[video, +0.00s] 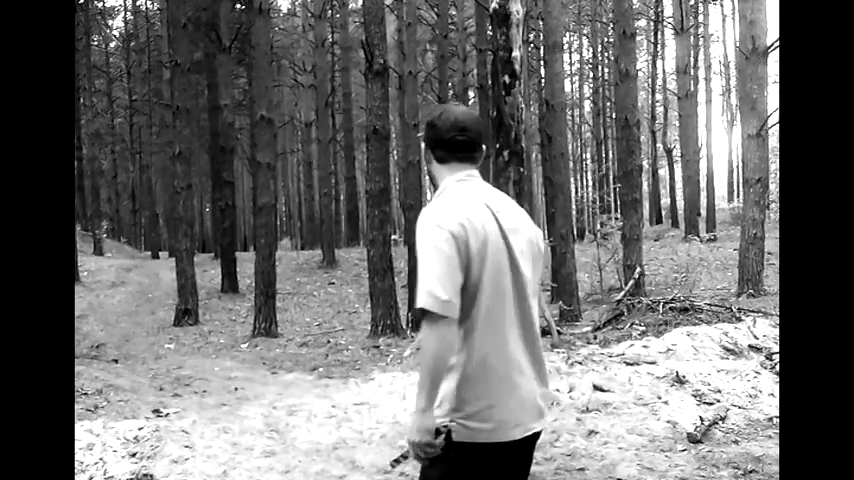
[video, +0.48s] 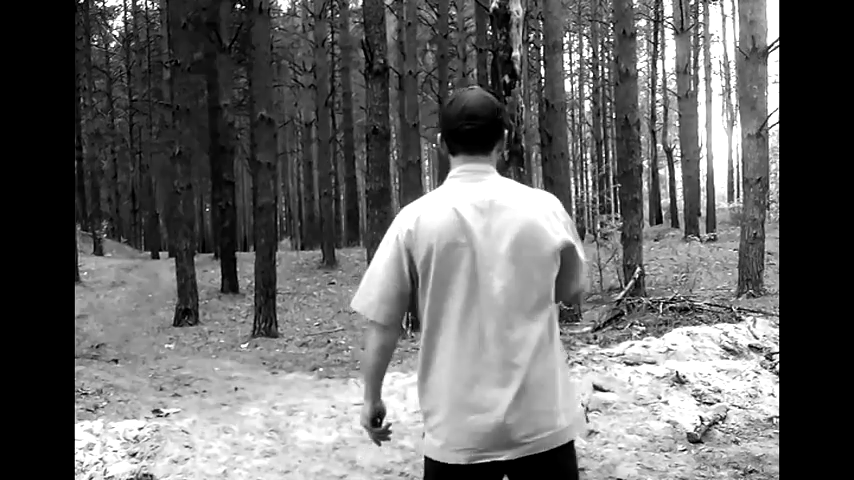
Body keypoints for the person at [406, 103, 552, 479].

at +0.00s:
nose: (424, 156)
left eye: (424, 148)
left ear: (427, 153)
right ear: (483, 153)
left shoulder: (441, 217)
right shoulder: (516, 213)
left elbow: (441, 323)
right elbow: (531, 309)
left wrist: (423, 411)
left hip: (470, 425)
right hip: (524, 418)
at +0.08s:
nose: (419, 157)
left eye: (419, 151)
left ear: (422, 156)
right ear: (481, 155)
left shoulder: (425, 222)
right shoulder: (522, 218)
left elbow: (418, 325)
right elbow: (534, 315)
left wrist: (407, 416)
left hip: (467, 427)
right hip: (528, 420)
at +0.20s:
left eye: (413, 147)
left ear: (418, 155)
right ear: (477, 154)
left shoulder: (407, 226)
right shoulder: (523, 216)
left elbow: (385, 335)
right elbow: (536, 308)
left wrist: (374, 417)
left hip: (462, 431)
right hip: (533, 422)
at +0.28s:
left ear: (422, 153)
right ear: (479, 150)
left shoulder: (405, 224)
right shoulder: (527, 214)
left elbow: (376, 330)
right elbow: (545, 303)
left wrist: (365, 409)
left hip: (458, 430)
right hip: (535, 421)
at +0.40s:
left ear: (435, 145)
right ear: (493, 141)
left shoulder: (409, 220)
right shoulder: (536, 208)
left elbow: (376, 324)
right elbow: (562, 291)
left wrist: (364, 400)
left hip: (454, 426)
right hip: (537, 421)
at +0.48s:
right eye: (506, 135)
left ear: (442, 145)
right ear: (503, 140)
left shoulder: (415, 220)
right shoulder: (545, 208)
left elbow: (384, 326)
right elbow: (572, 290)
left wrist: (371, 399)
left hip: (456, 430)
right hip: (543, 424)